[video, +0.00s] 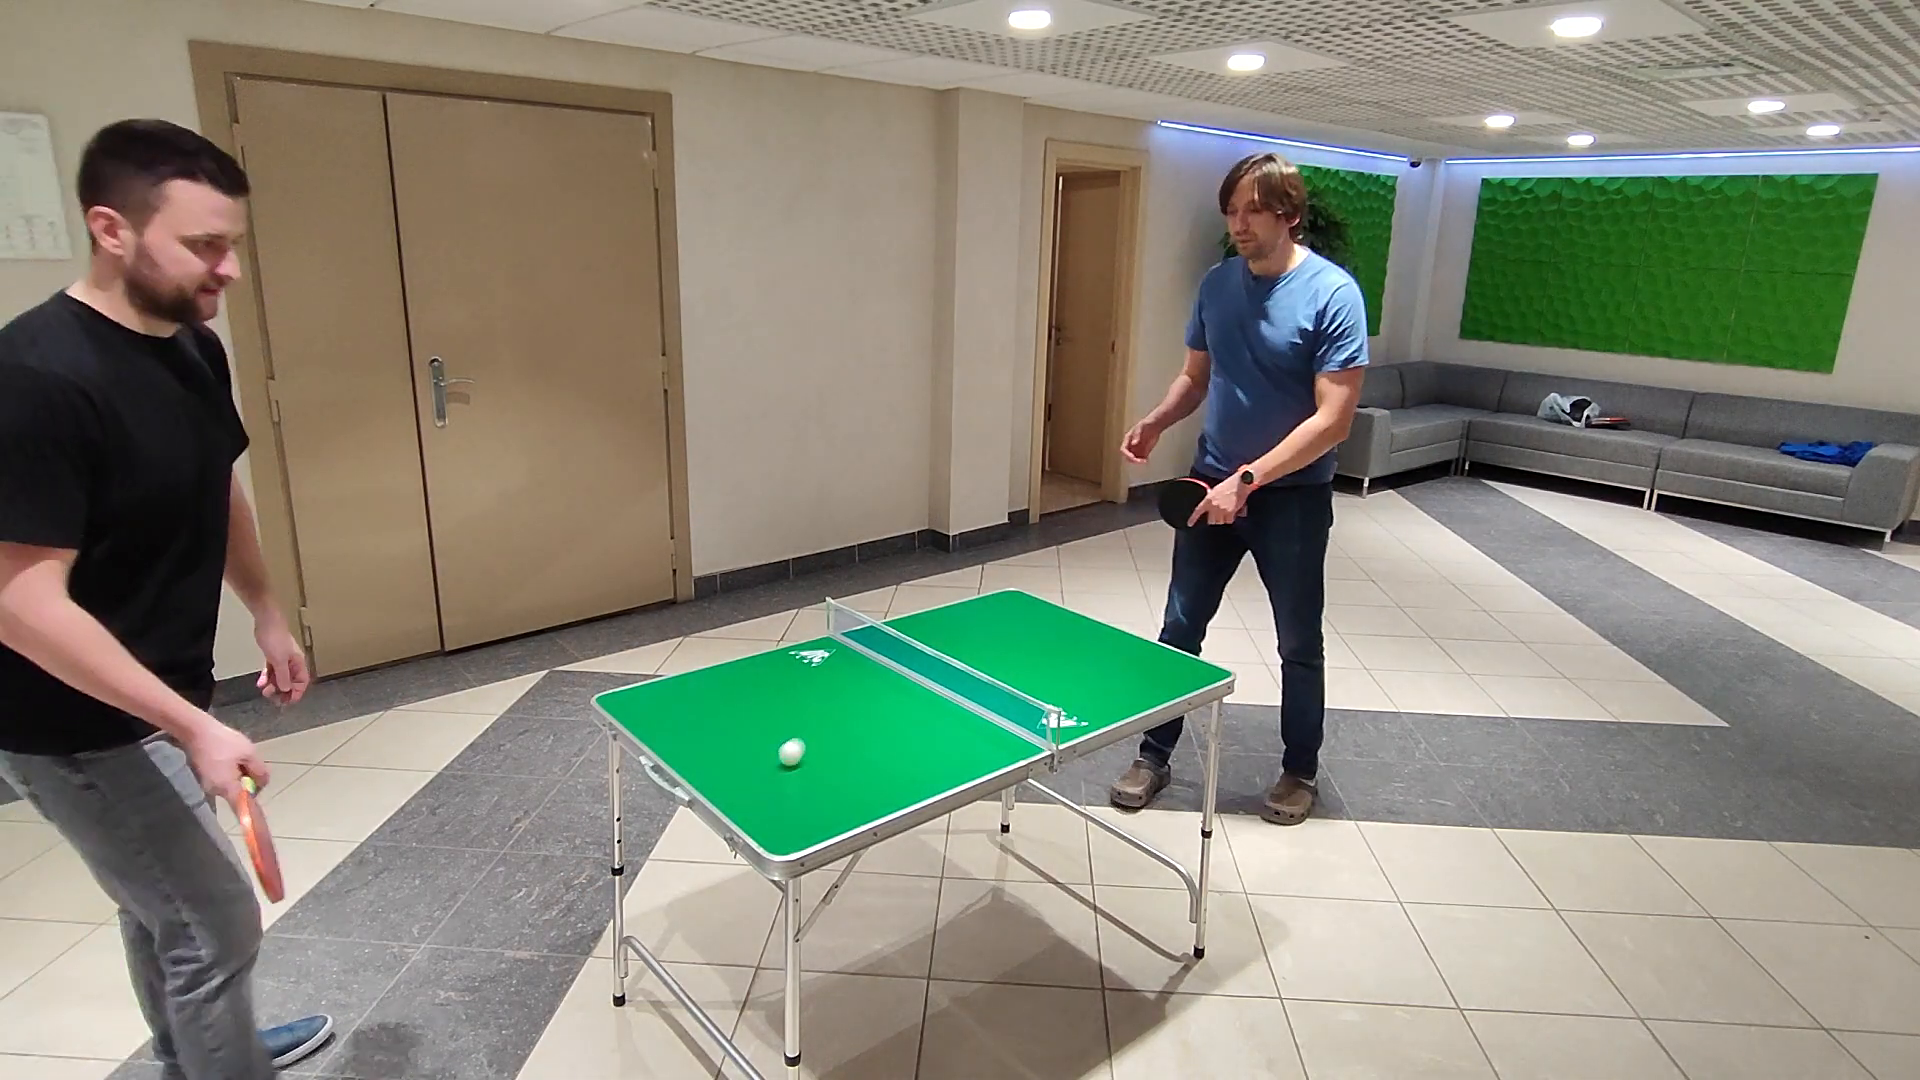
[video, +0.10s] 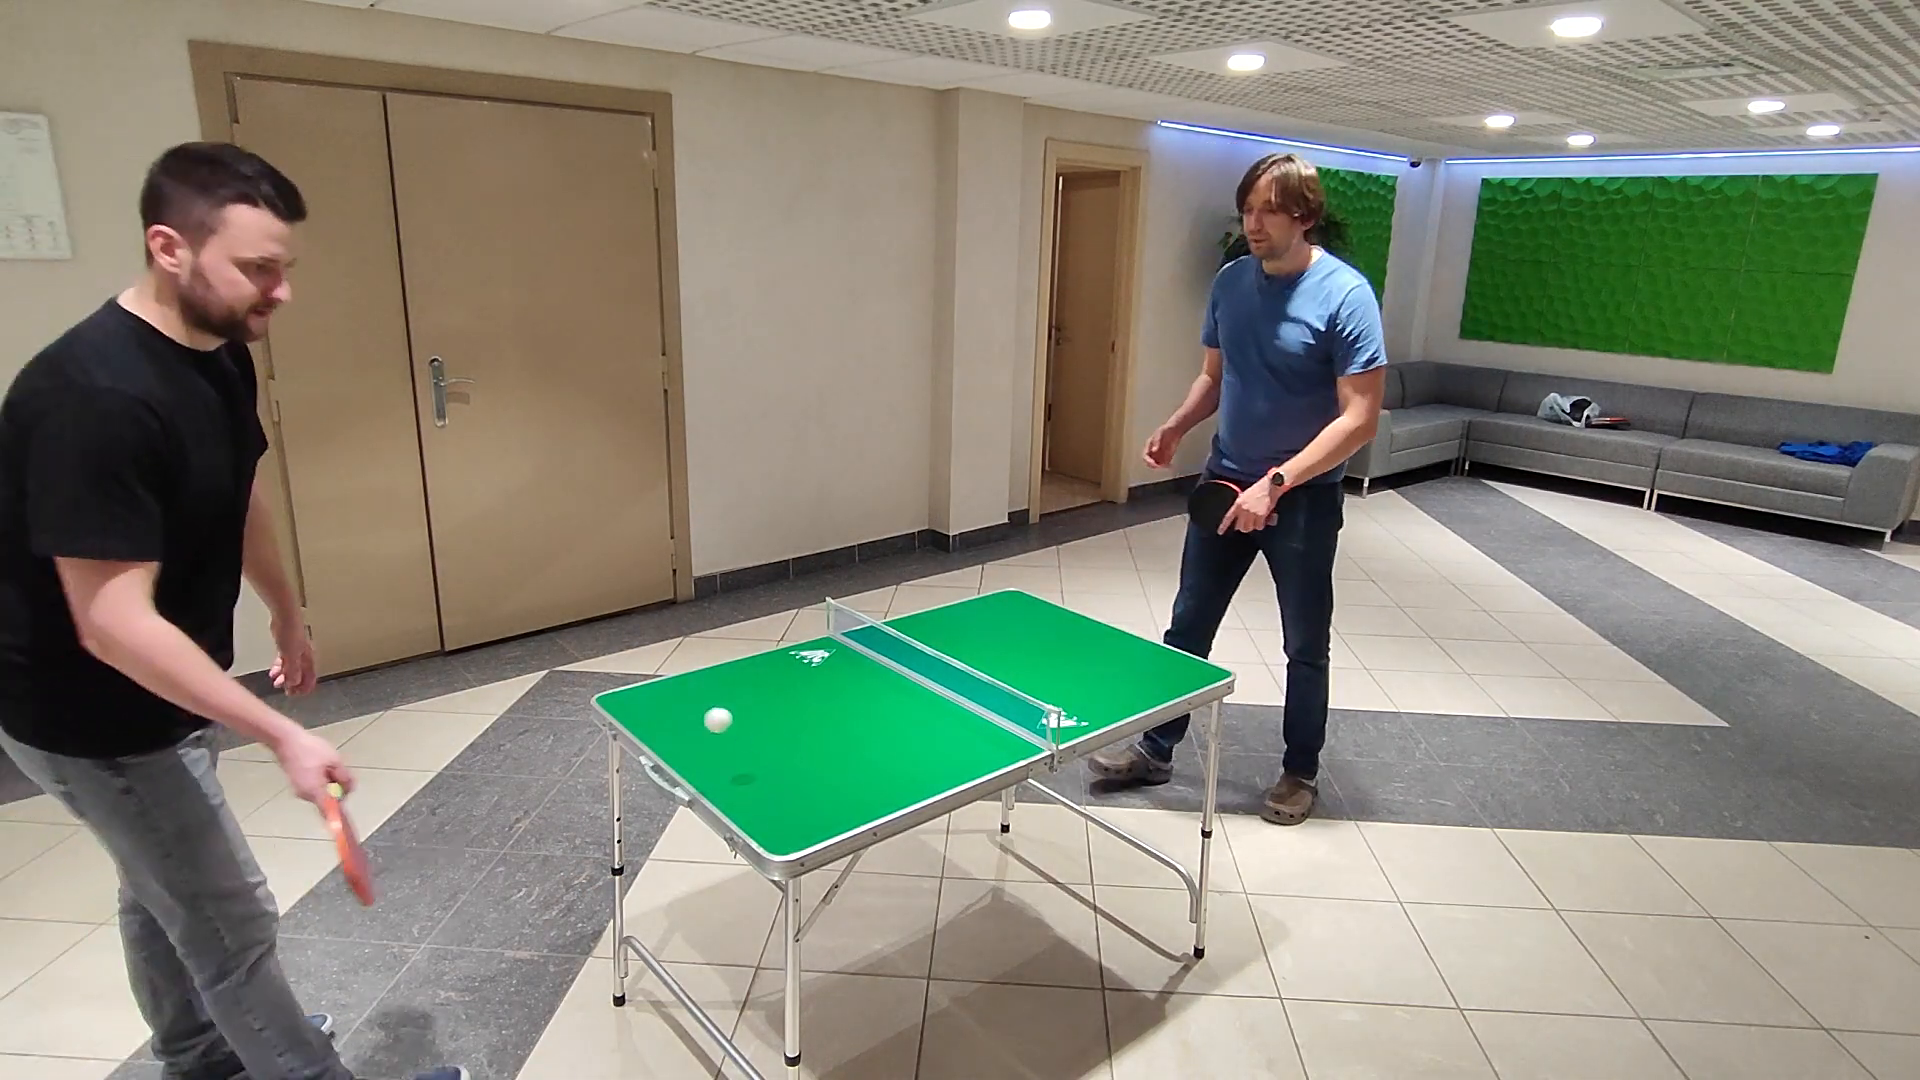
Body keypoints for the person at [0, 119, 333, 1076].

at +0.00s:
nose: (229, 270)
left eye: (234, 247)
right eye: (205, 246)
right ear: (112, 232)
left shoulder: (194, 349)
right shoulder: (40, 372)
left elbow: (218, 492)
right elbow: (25, 599)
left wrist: (268, 614)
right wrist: (190, 725)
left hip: (167, 703)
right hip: (71, 727)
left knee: (162, 907)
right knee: (214, 928)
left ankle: (200, 1046)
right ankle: (217, 1072)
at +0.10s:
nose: (279, 292)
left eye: (285, 269)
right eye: (258, 269)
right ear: (170, 251)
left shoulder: (218, 350)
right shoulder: (91, 394)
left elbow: (243, 494)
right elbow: (109, 617)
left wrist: (287, 617)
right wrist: (284, 737)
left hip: (171, 695)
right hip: (96, 721)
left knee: (162, 889)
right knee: (232, 928)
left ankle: (193, 1048)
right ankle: (309, 1071)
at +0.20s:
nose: (316, 306)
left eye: (322, 283)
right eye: (296, 280)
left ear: (219, 264)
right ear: (211, 261)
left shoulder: (227, 351)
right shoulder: (158, 401)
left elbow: (255, 501)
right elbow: (212, 627)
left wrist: (307, 610)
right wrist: (388, 718)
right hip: (141, 712)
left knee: (173, 885)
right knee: (257, 932)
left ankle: (197, 1050)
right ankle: (328, 1070)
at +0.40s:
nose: (358, 286)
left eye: (364, 265)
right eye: (342, 260)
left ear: (261, 242)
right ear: (259, 239)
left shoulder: (170, 330)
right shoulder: (237, 389)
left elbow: (190, 520)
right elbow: (336, 597)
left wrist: (311, 613)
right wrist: (514, 654)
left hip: (147, 697)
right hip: (217, 720)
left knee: (225, 885)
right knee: (282, 945)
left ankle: (215, 1052)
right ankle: (329, 1072)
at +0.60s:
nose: (375, 262)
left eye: (378, 239)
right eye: (361, 236)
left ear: (280, 228)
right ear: (284, 226)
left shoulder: (163, 330)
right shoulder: (269, 384)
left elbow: (183, 530)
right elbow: (319, 608)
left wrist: (320, 622)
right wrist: (496, 664)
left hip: (165, 702)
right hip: (258, 727)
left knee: (244, 895)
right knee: (305, 957)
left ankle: (196, 1063)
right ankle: (339, 1075)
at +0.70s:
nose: (368, 255)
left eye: (370, 232)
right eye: (355, 228)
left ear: (273, 222)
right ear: (278, 221)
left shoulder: (152, 335)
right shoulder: (266, 385)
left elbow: (163, 552)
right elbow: (287, 610)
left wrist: (318, 653)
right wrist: (461, 682)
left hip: (166, 707)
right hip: (263, 735)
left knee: (250, 901)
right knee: (310, 954)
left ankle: (190, 1067)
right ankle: (339, 1070)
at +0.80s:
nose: (350, 250)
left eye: (350, 226)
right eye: (336, 224)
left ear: (250, 222)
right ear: (259, 222)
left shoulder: (140, 337)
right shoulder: (246, 386)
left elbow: (139, 559)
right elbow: (250, 615)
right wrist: (429, 697)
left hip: (164, 730)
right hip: (262, 753)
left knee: (238, 922)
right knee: (311, 967)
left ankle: (193, 1072)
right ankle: (339, 1073)